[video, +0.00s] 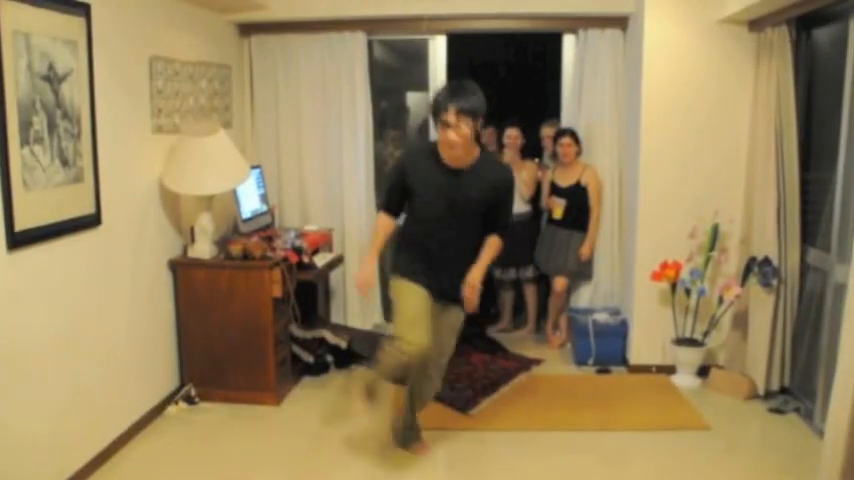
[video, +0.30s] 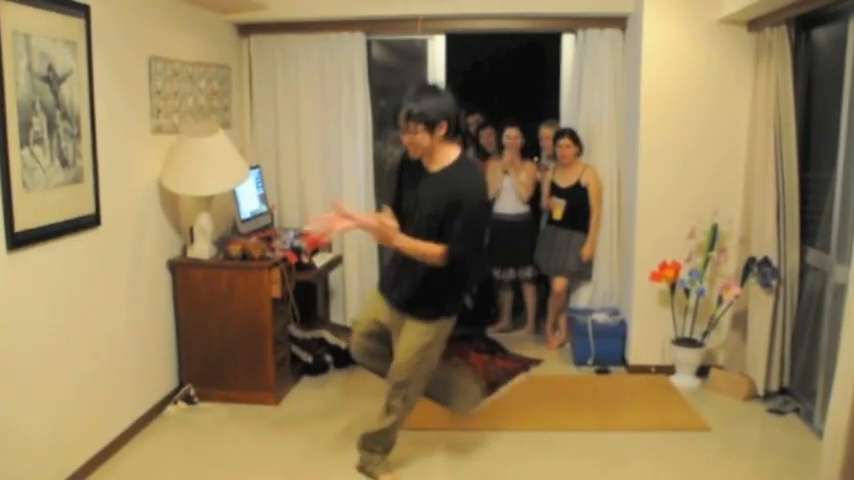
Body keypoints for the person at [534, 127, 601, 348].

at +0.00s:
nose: (565, 150)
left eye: (569, 145)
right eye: (561, 145)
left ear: (578, 148)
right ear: (556, 150)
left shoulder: (588, 174)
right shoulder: (551, 174)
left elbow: (594, 210)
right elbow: (543, 202)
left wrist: (589, 242)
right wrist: (550, 203)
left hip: (575, 233)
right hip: (553, 231)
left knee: (560, 284)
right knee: (559, 287)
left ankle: (550, 325)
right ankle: (564, 329)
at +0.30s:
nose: (564, 151)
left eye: (568, 146)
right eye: (560, 147)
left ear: (578, 149)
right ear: (555, 150)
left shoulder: (588, 174)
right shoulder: (551, 175)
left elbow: (595, 210)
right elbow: (544, 203)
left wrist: (590, 242)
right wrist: (550, 203)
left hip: (576, 233)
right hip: (554, 231)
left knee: (560, 285)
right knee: (559, 288)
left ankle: (550, 325)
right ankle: (563, 330)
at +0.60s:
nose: (563, 152)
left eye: (568, 147)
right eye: (559, 147)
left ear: (577, 150)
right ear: (554, 151)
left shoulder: (588, 174)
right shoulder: (549, 175)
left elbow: (595, 210)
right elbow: (542, 204)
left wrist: (590, 242)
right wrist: (549, 204)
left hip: (576, 234)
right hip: (553, 231)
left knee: (560, 286)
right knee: (557, 287)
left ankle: (548, 326)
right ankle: (562, 330)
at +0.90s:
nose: (563, 152)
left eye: (568, 147)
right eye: (559, 148)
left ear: (577, 150)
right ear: (554, 151)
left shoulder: (588, 175)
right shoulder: (549, 175)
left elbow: (594, 211)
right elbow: (542, 204)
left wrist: (589, 243)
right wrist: (549, 205)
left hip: (575, 234)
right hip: (552, 232)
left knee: (559, 286)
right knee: (557, 288)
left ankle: (547, 326)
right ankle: (561, 331)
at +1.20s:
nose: (563, 153)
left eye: (567, 148)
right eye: (559, 148)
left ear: (577, 150)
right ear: (554, 152)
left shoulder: (588, 175)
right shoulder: (549, 176)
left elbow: (594, 212)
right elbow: (542, 205)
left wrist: (589, 244)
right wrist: (550, 205)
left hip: (575, 235)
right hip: (552, 232)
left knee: (559, 287)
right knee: (555, 288)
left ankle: (546, 325)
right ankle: (559, 331)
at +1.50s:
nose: (562, 153)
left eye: (567, 148)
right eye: (558, 148)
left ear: (576, 150)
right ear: (554, 152)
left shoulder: (587, 176)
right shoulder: (548, 176)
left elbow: (594, 211)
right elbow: (540, 205)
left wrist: (589, 243)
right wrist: (549, 205)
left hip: (574, 235)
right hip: (552, 232)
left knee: (558, 286)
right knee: (554, 288)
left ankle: (545, 326)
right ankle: (559, 331)